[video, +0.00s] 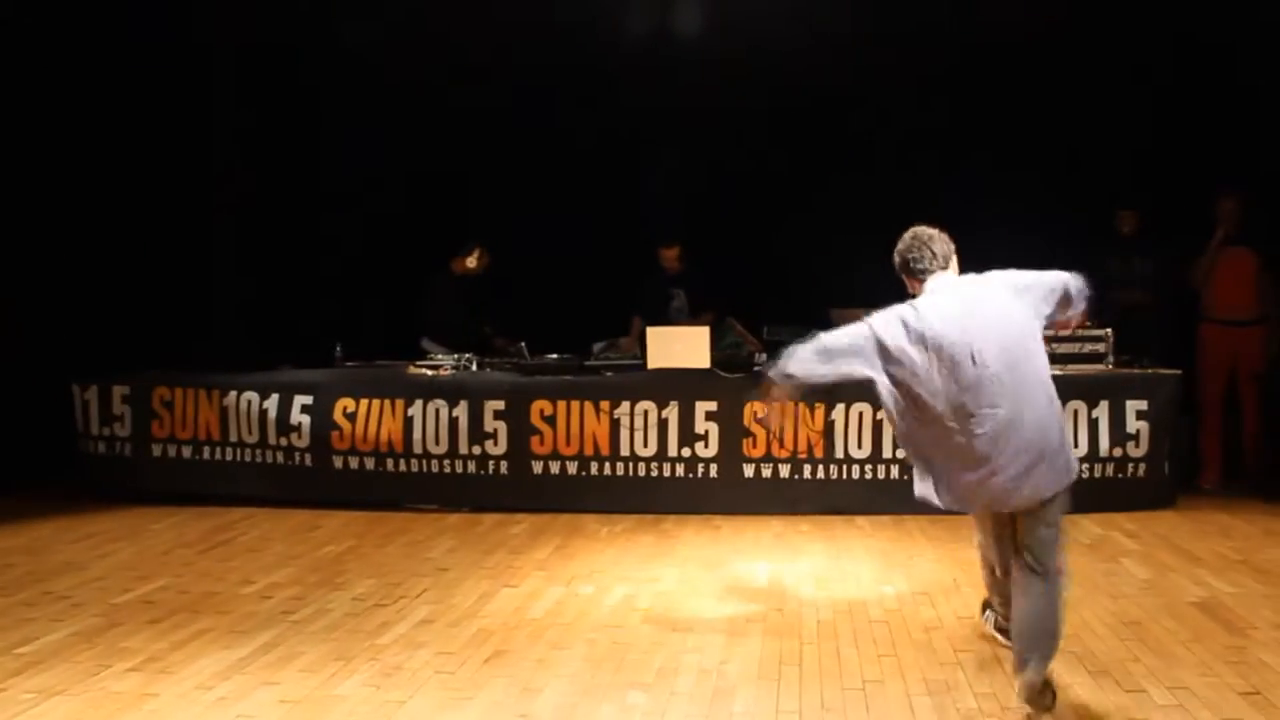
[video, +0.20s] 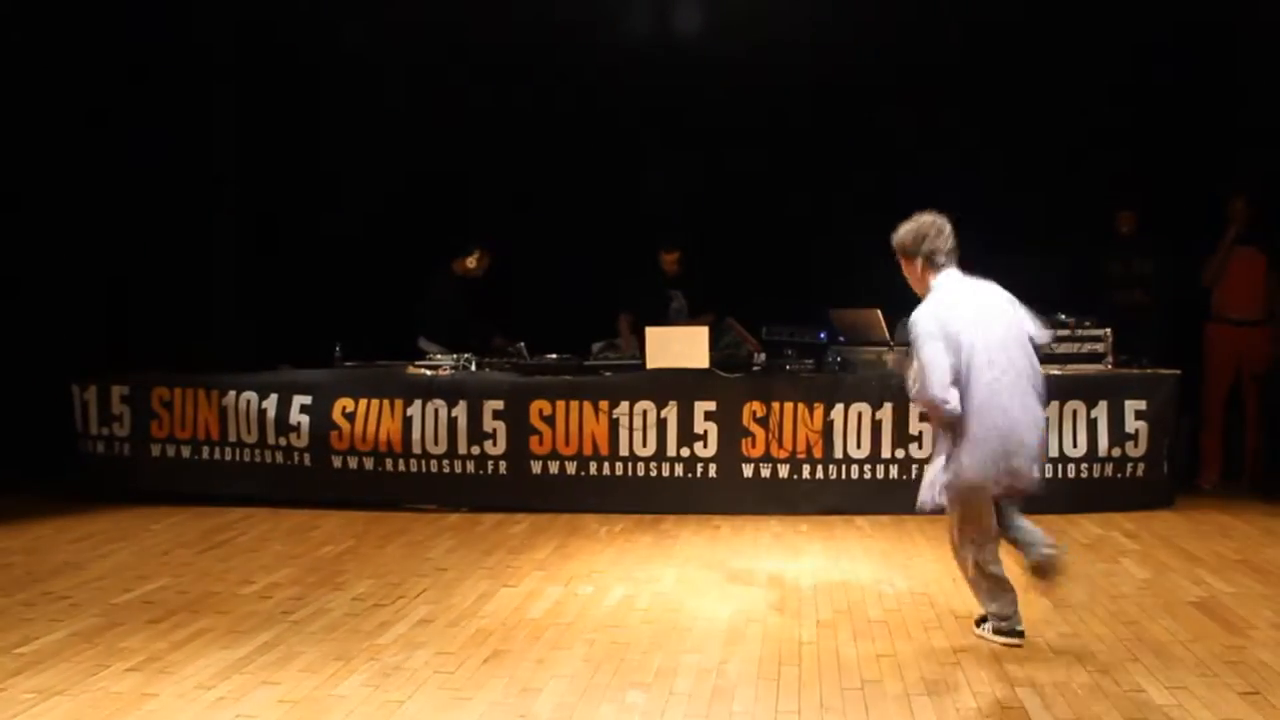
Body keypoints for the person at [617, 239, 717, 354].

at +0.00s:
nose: (671, 264)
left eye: (674, 259)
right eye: (666, 260)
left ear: (681, 258)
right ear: (659, 260)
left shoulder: (693, 280)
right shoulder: (652, 281)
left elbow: (708, 313)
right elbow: (639, 315)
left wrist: (693, 328)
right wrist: (632, 340)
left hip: (692, 338)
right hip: (659, 339)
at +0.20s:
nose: (670, 267)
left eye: (673, 263)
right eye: (666, 263)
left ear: (680, 261)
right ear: (659, 262)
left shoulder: (692, 284)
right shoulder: (649, 285)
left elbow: (709, 315)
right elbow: (625, 317)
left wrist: (687, 330)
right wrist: (628, 345)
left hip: (689, 342)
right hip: (655, 344)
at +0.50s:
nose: (657, 266)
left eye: (660, 261)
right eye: (652, 262)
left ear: (665, 259)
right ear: (645, 261)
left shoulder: (677, 281)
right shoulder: (636, 283)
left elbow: (698, 315)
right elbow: (618, 315)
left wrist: (677, 326)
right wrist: (622, 342)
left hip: (679, 341)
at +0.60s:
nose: (651, 266)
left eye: (654, 261)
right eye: (646, 261)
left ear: (660, 260)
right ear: (640, 261)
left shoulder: (672, 281)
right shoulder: (632, 283)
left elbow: (690, 313)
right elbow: (611, 313)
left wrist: (671, 327)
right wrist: (616, 338)